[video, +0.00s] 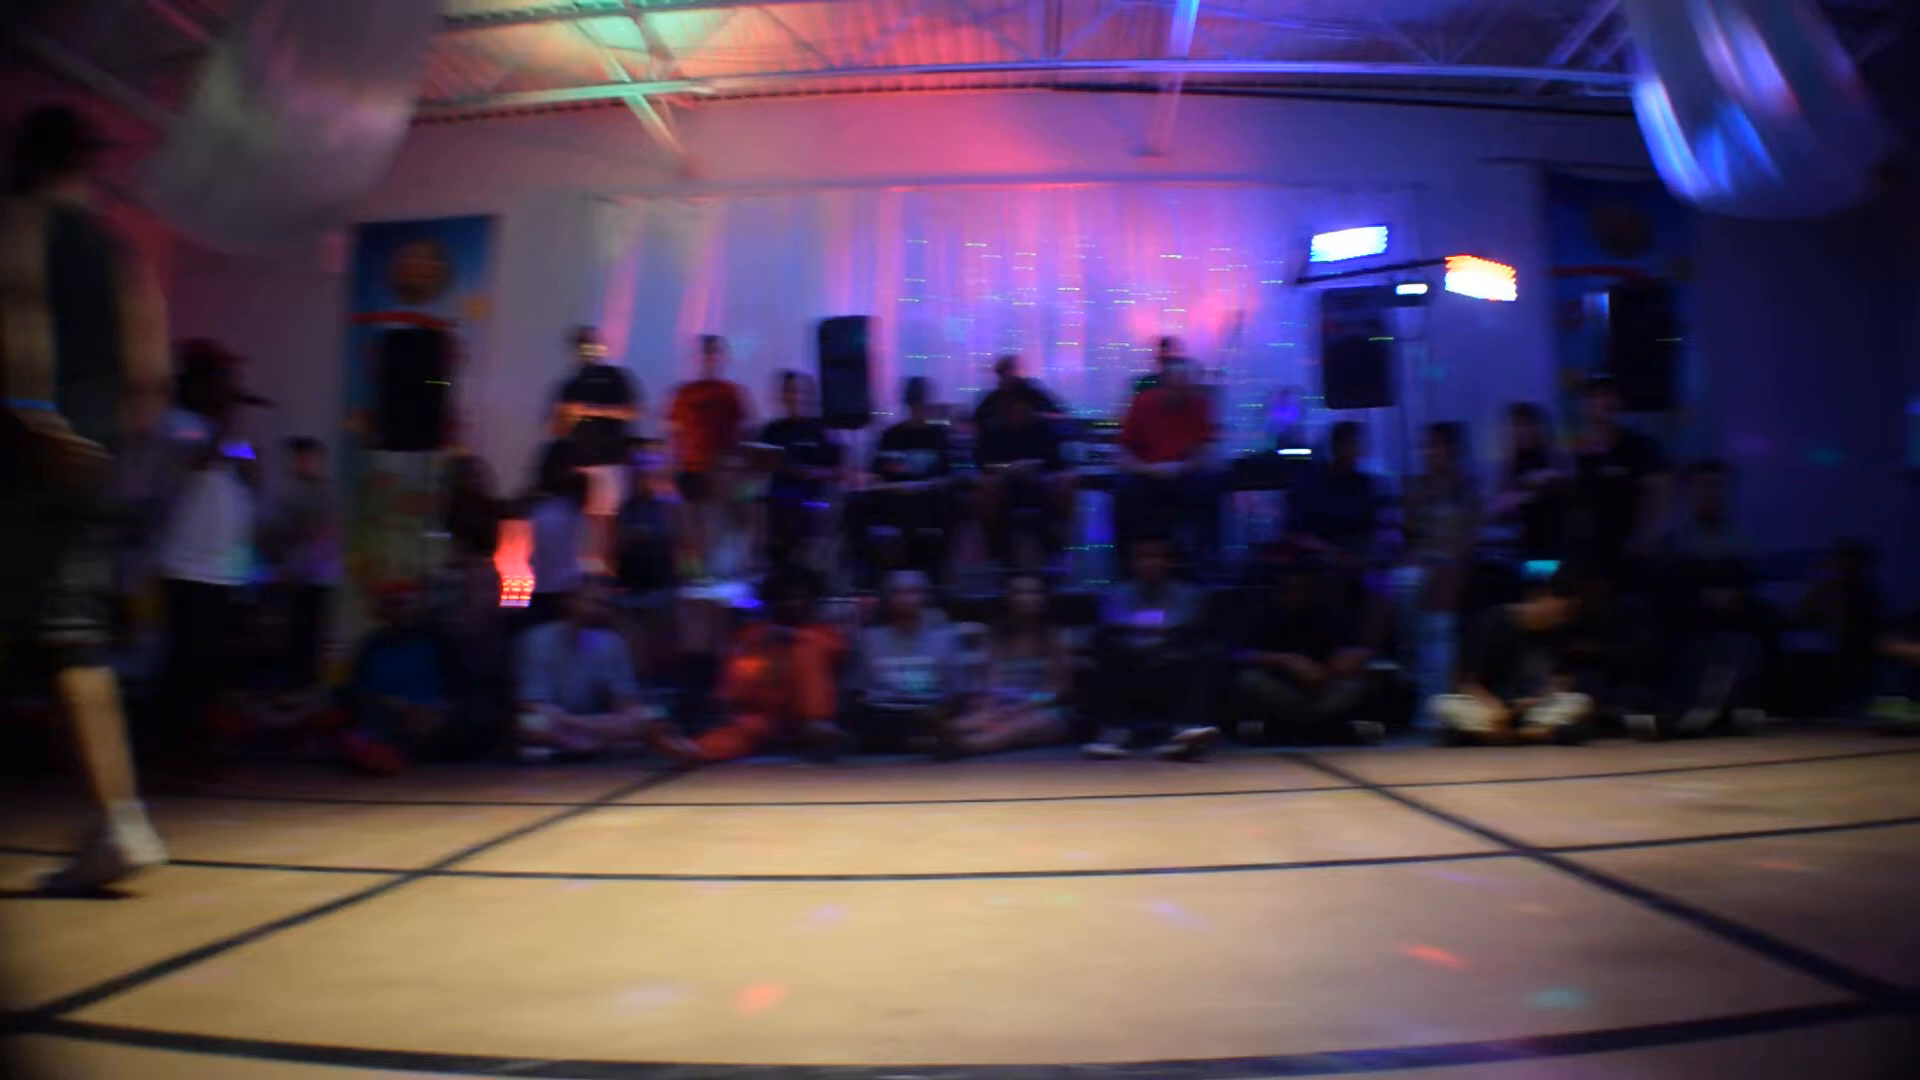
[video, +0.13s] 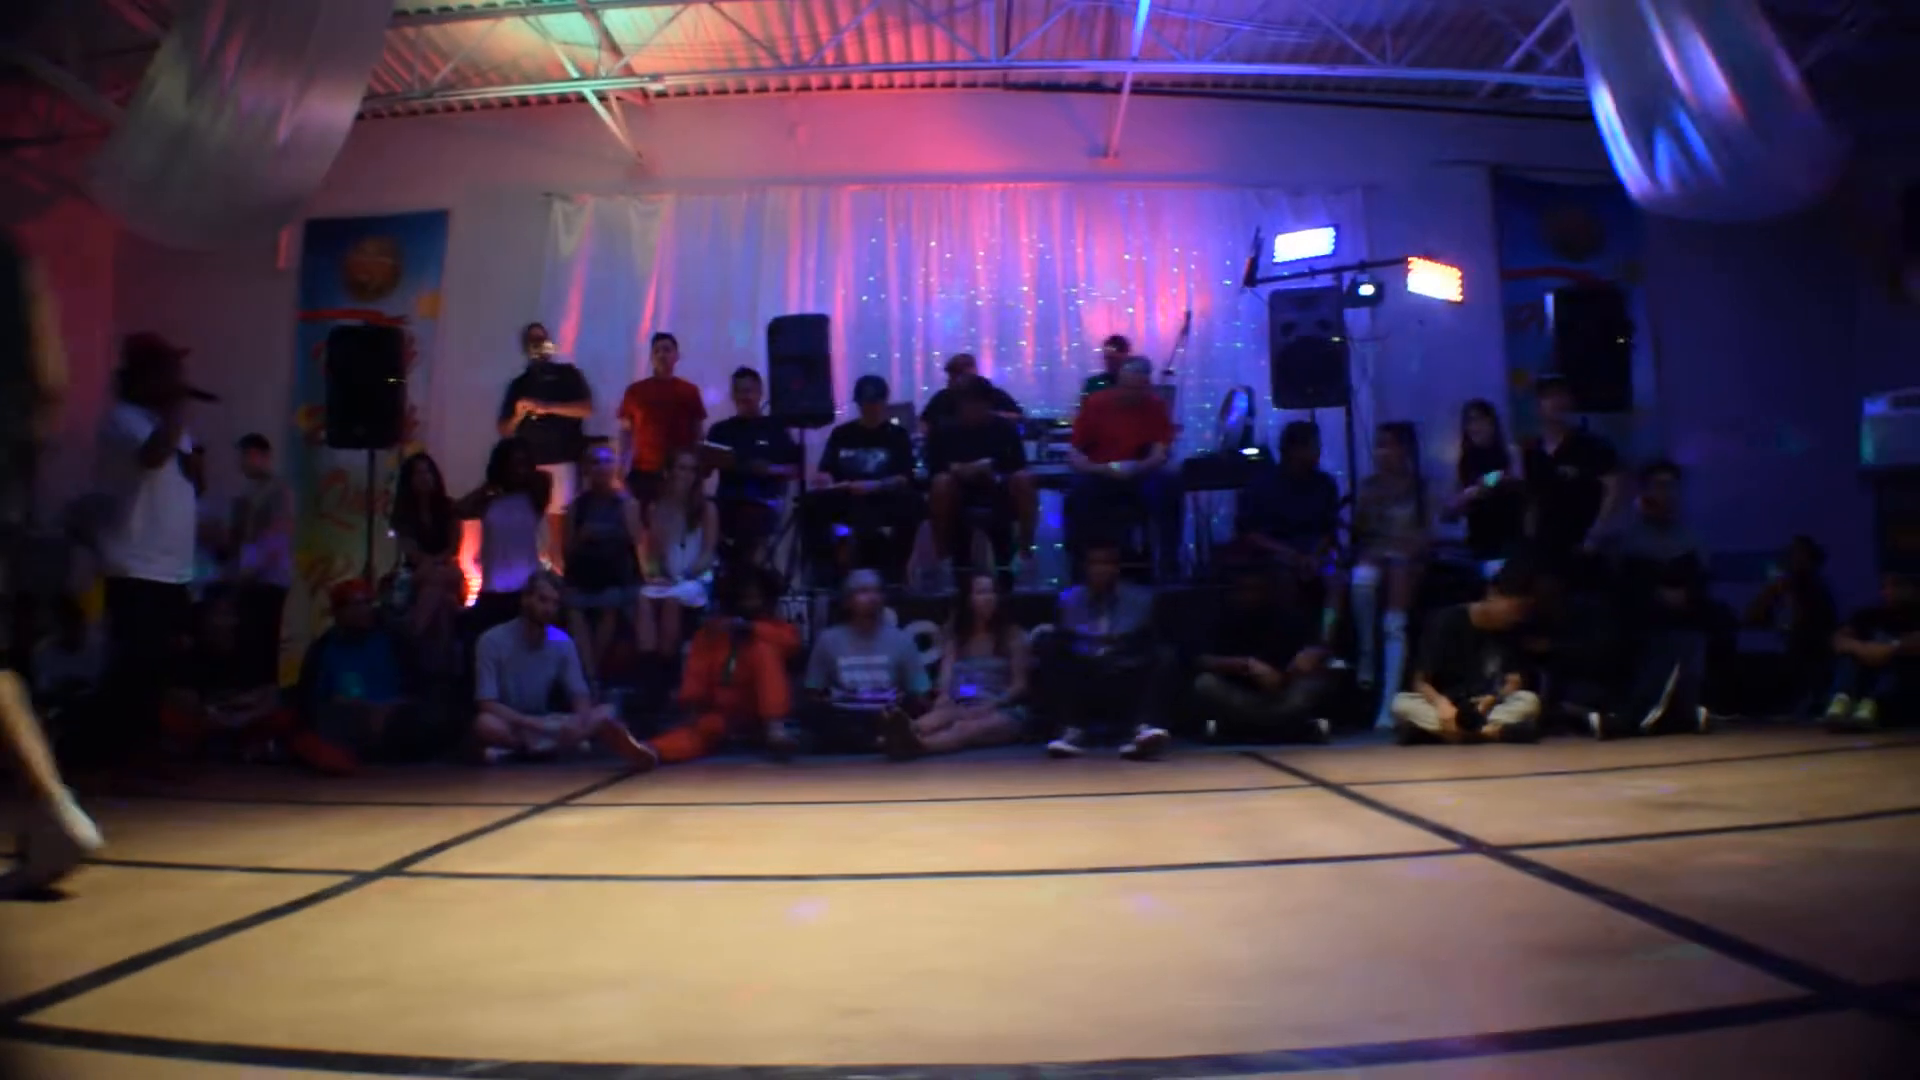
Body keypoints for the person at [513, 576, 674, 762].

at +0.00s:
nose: (597, 609)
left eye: (601, 602)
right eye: (590, 601)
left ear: (606, 605)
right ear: (570, 601)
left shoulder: (610, 643)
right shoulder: (539, 641)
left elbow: (631, 708)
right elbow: (533, 706)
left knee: (650, 719)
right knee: (530, 724)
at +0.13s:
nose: (549, 608)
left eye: (554, 603)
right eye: (543, 600)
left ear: (558, 606)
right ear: (526, 599)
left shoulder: (562, 642)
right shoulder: (493, 641)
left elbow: (580, 696)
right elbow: (487, 703)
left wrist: (582, 724)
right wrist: (535, 725)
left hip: (550, 718)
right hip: (510, 719)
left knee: (604, 715)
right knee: (485, 724)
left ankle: (533, 747)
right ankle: (555, 740)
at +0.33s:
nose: (546, 610)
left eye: (551, 604)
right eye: (539, 601)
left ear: (555, 607)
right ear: (522, 601)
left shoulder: (559, 644)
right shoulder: (490, 641)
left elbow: (578, 694)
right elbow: (484, 703)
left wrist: (574, 722)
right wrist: (534, 726)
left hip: (548, 718)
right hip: (508, 718)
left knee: (602, 713)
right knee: (482, 725)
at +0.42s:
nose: (547, 610)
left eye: (553, 604)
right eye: (541, 601)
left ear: (557, 608)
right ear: (523, 601)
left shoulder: (560, 644)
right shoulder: (492, 642)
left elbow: (579, 695)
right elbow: (486, 703)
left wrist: (574, 722)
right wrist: (538, 727)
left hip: (547, 719)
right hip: (508, 720)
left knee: (604, 714)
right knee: (483, 725)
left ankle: (633, 753)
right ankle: (544, 742)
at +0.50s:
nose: (546, 610)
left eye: (551, 604)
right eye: (539, 602)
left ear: (555, 608)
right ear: (523, 601)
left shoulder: (559, 644)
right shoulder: (490, 642)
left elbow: (578, 695)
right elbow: (484, 704)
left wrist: (574, 721)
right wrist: (539, 727)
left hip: (546, 718)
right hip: (508, 720)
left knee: (603, 713)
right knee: (482, 725)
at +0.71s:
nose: (553, 611)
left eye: (557, 605)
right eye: (546, 603)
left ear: (562, 608)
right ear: (528, 603)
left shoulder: (565, 645)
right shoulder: (497, 643)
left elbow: (582, 694)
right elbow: (492, 704)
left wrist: (582, 718)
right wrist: (543, 726)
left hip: (554, 719)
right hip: (515, 719)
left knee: (607, 714)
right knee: (489, 726)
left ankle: (548, 744)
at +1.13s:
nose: (574, 609)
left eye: (580, 604)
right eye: (568, 601)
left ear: (584, 608)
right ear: (551, 600)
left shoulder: (587, 643)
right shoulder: (520, 640)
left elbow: (607, 697)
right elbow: (514, 703)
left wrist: (603, 720)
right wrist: (565, 725)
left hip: (576, 719)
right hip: (537, 720)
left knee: (631, 712)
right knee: (511, 723)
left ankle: (563, 746)